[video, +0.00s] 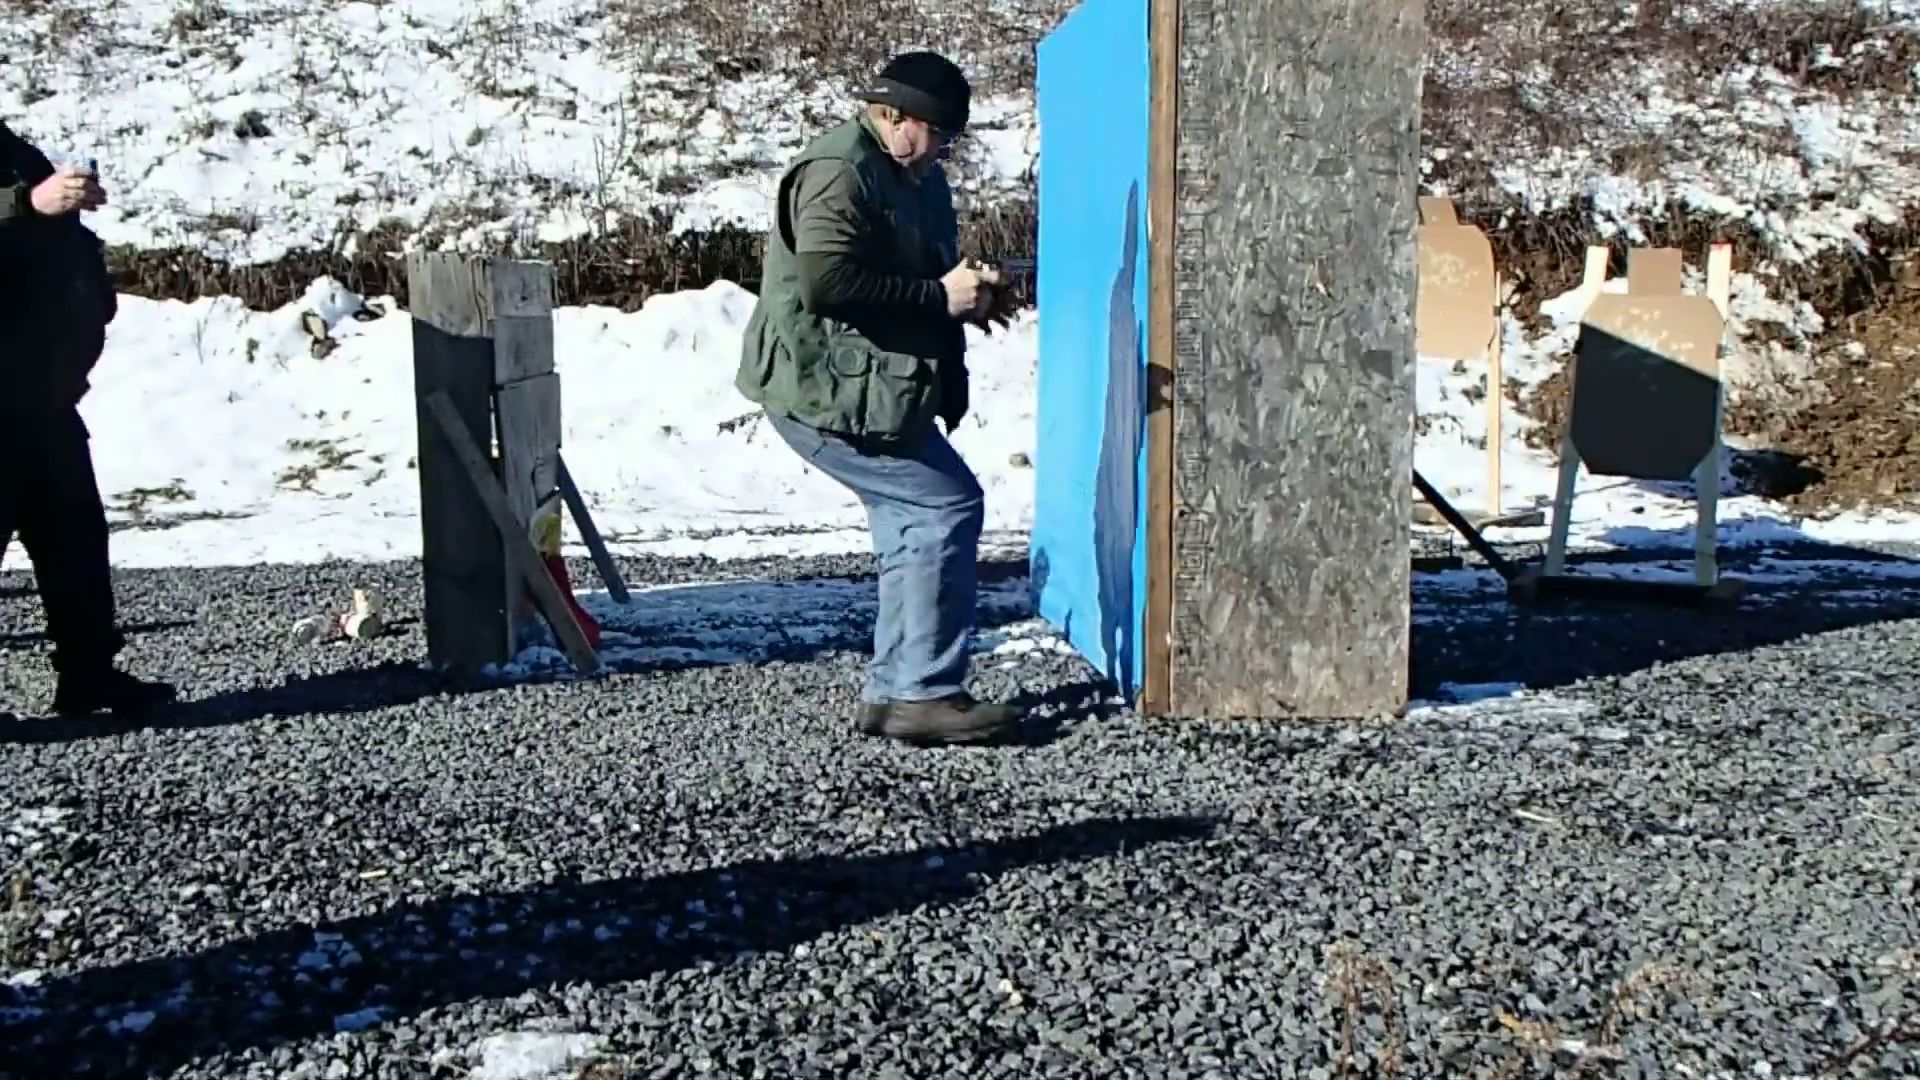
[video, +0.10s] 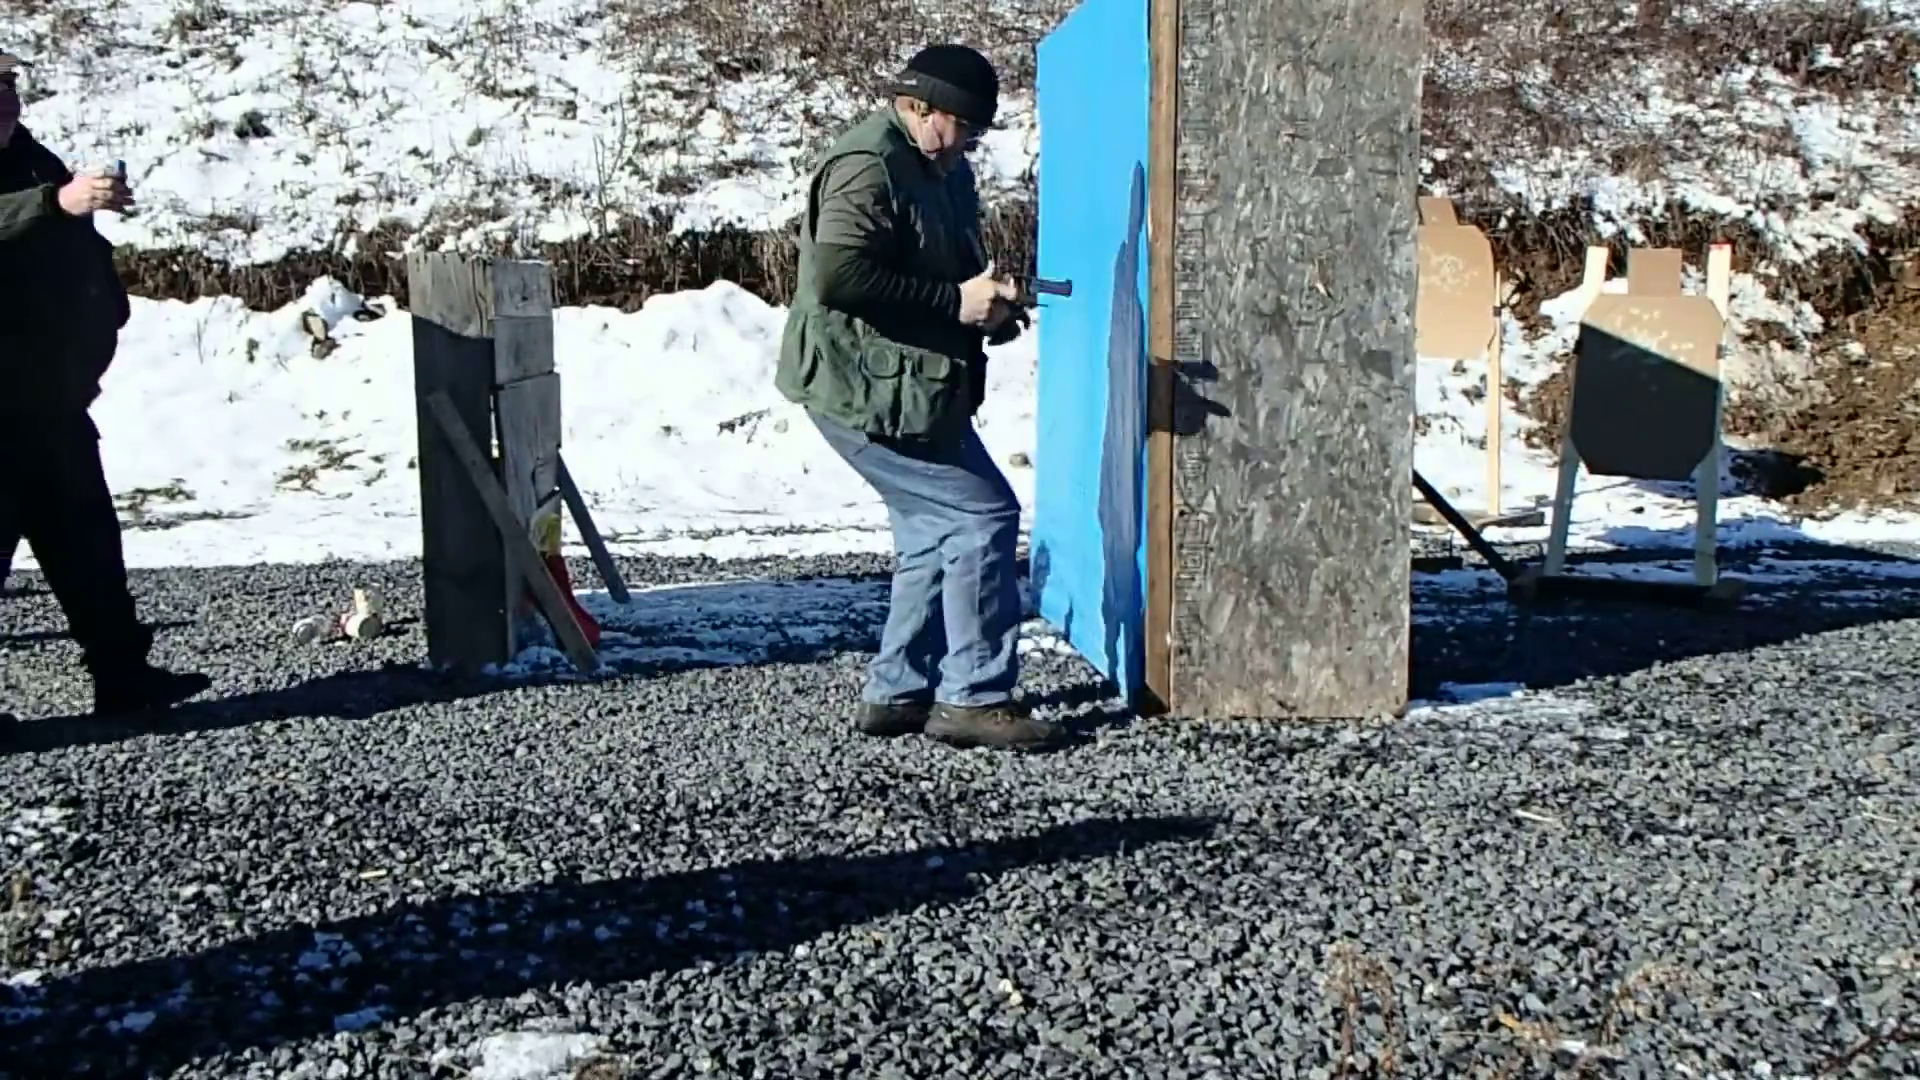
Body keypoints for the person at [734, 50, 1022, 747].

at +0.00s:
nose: (941, 146)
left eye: (947, 133)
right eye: (936, 130)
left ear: (928, 125)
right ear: (896, 115)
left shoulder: (923, 181)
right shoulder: (838, 170)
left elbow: (927, 285)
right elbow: (827, 282)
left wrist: (965, 297)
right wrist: (939, 296)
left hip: (871, 386)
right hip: (818, 389)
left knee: (913, 516)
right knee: (947, 502)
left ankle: (892, 686)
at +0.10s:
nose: (971, 140)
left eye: (976, 127)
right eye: (965, 123)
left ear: (944, 113)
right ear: (923, 106)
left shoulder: (947, 171)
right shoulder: (868, 163)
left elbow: (956, 282)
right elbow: (838, 277)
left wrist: (993, 309)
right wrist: (954, 302)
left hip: (913, 386)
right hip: (863, 389)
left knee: (928, 534)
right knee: (984, 512)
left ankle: (895, 691)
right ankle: (973, 698)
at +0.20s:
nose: (998, 133)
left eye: (1003, 121)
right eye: (994, 117)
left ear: (966, 105)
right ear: (952, 101)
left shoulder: (966, 161)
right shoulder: (896, 154)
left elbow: (983, 258)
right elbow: (864, 270)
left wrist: (1013, 291)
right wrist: (977, 298)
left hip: (937, 380)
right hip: (898, 384)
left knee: (945, 535)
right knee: (1015, 506)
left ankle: (900, 690)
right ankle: (983, 696)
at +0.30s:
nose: (1028, 130)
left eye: (1032, 117)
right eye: (1024, 114)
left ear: (988, 99)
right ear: (982, 96)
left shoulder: (980, 154)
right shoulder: (928, 153)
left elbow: (1024, 253)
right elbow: (894, 269)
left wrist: (1036, 296)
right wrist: (1004, 303)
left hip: (951, 375)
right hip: (926, 381)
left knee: (961, 535)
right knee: (1023, 523)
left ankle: (901, 692)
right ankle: (1009, 711)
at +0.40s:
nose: (1055, 136)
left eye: (1062, 123)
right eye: (1052, 119)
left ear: (1012, 97)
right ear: (1012, 96)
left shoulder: (997, 150)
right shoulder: (954, 152)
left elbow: (1007, 253)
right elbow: (918, 269)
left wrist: (1067, 263)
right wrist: (1026, 310)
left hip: (956, 372)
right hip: (951, 380)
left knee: (975, 530)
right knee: (1035, 533)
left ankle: (905, 685)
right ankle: (1006, 712)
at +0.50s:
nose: (1073, 134)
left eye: (1079, 121)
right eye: (1069, 117)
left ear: (1031, 98)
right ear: (1026, 94)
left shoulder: (1025, 153)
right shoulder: (973, 141)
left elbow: (1057, 263)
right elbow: (935, 255)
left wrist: (1071, 323)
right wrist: (1040, 308)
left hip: (966, 371)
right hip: (964, 375)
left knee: (988, 531)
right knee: (1055, 534)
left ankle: (909, 682)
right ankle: (1008, 714)